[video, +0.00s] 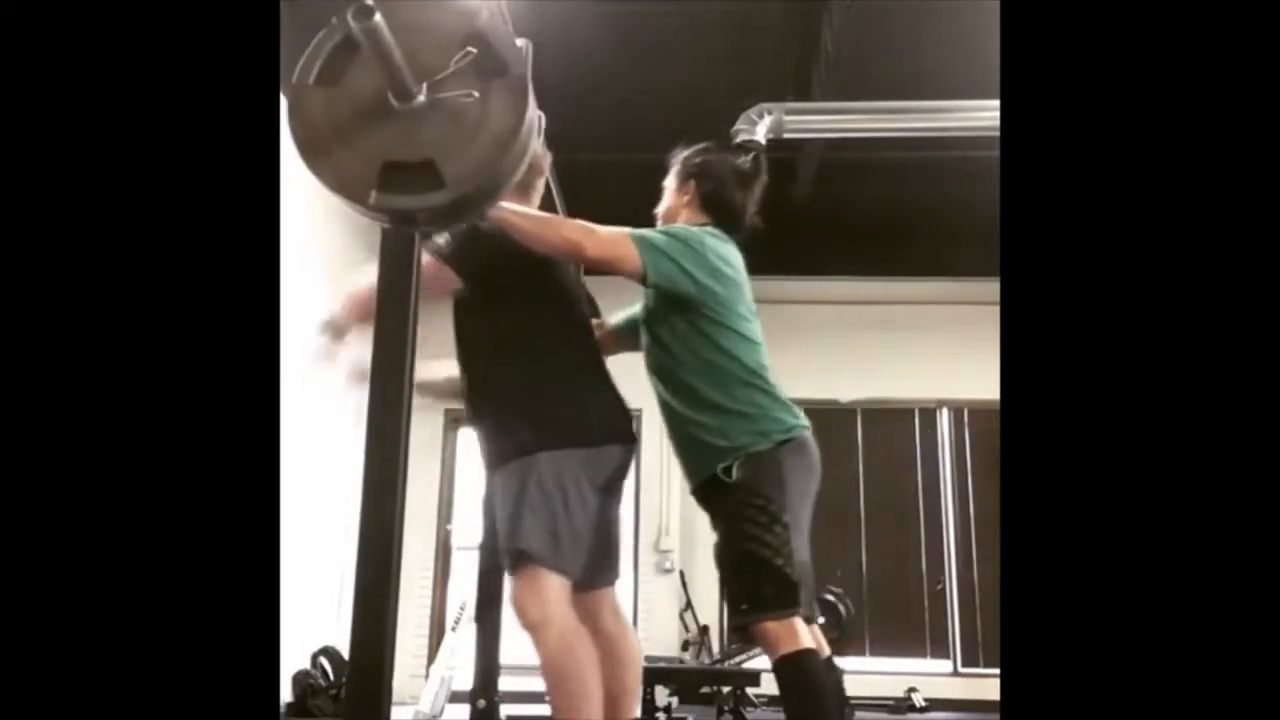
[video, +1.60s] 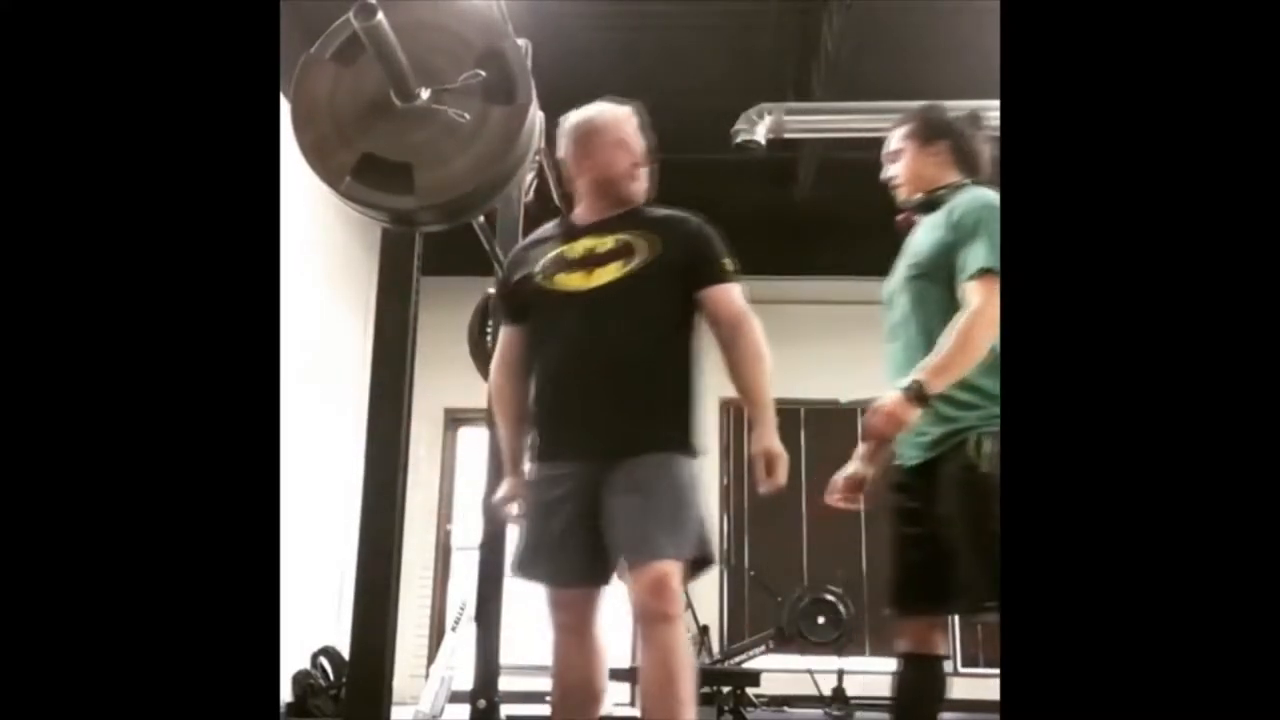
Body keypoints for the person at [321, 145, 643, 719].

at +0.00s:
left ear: (476, 172)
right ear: (542, 173)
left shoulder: (485, 236)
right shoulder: (552, 244)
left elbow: (399, 286)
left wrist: (344, 316)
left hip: (547, 442)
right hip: (598, 435)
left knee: (541, 602)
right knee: (596, 602)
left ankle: (582, 716)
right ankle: (623, 715)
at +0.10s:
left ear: (479, 176)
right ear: (539, 178)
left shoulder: (497, 240)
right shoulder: (549, 245)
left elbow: (430, 339)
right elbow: (549, 371)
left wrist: (341, 395)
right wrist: (465, 422)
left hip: (556, 443)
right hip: (603, 435)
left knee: (551, 604)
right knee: (600, 603)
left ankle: (585, 716)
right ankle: (624, 716)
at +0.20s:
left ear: (486, 178)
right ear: (544, 177)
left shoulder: (503, 245)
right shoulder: (548, 247)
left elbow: (473, 351)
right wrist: (506, 482)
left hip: (558, 444)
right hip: (599, 438)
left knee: (555, 602)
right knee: (599, 605)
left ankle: (586, 716)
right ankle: (623, 714)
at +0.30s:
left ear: (490, 171)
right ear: (543, 170)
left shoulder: (507, 239)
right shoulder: (544, 239)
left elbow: (510, 359)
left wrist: (525, 470)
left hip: (560, 442)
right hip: (594, 438)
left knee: (553, 604)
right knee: (597, 606)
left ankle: (587, 712)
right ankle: (622, 713)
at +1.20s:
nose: (535, 189)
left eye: (547, 177)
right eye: (522, 180)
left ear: (571, 190)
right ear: (504, 200)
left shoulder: (606, 250)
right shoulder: (501, 297)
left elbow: (628, 355)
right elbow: (474, 388)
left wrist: (589, 453)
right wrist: (438, 457)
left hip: (576, 454)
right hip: (513, 464)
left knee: (560, 591)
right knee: (535, 602)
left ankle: (592, 715)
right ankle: (565, 714)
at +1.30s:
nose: (551, 186)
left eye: (562, 174)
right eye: (536, 176)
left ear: (583, 187)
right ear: (515, 193)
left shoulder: (624, 250)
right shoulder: (507, 291)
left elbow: (662, 348)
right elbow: (478, 391)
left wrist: (665, 455)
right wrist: (452, 483)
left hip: (592, 449)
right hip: (516, 458)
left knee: (572, 581)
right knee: (543, 609)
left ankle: (615, 715)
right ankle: (573, 716)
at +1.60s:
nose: (643, 162)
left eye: (643, 151)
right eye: (629, 151)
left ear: (645, 156)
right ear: (581, 163)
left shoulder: (681, 234)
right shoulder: (530, 256)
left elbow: (735, 323)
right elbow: (507, 367)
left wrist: (764, 423)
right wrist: (513, 468)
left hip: (655, 451)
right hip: (563, 458)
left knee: (660, 596)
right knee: (570, 616)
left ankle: (671, 717)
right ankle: (574, 718)